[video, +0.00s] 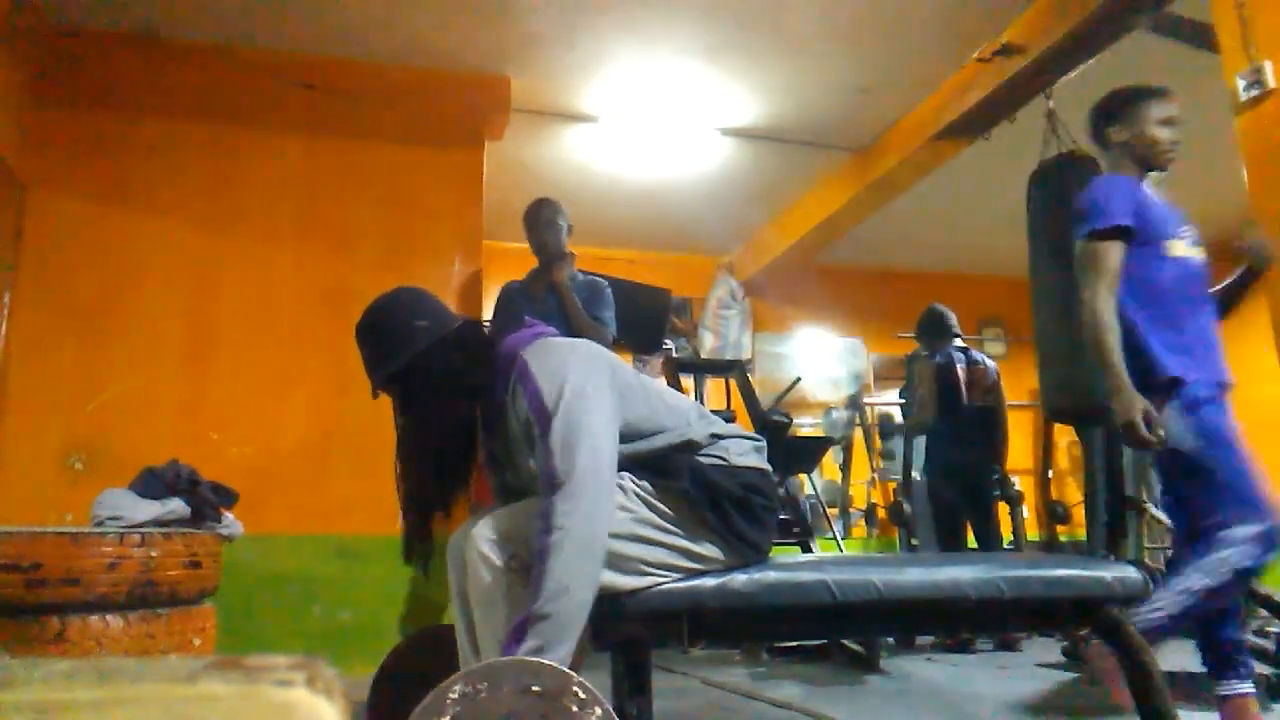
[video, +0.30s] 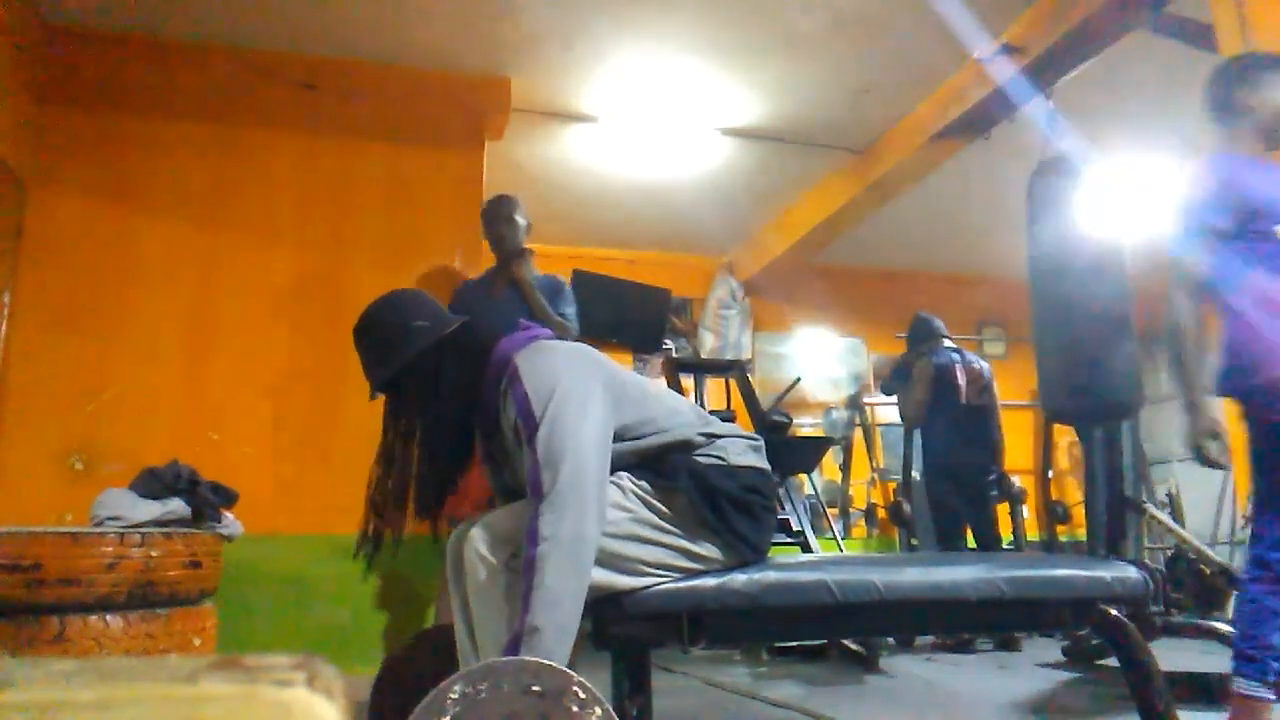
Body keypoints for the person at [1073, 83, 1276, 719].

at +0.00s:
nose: (1175, 136)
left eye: (1175, 126)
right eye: (1162, 124)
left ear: (1135, 137)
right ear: (1118, 134)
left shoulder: (1158, 206)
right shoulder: (1112, 192)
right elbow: (1096, 298)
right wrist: (1122, 392)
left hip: (1201, 392)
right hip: (1177, 394)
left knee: (1209, 538)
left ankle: (1234, 688)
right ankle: (1123, 639)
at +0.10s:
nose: (1214, 124)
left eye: (1215, 114)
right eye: (1201, 113)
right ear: (1155, 120)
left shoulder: (1212, 203)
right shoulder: (1142, 186)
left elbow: (1248, 280)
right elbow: (1115, 297)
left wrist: (1268, 246)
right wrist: (1132, 394)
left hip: (1236, 376)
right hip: (1203, 379)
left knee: (1228, 535)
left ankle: (1238, 673)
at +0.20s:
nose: (1255, 116)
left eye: (1254, 105)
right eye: (1242, 103)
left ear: (1206, 109)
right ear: (1196, 108)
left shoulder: (1250, 190)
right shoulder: (1175, 186)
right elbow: (1144, 290)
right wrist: (1158, 393)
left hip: (1263, 375)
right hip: (1231, 377)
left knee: (1256, 530)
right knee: (1256, 529)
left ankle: (1251, 687)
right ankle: (1249, 687)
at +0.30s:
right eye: (1274, 83)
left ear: (1249, 100)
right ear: (1243, 97)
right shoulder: (1221, 177)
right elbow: (1183, 292)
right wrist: (1198, 400)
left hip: (1267, 380)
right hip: (1263, 380)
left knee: (1271, 535)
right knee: (1271, 535)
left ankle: (1255, 685)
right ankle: (1253, 686)